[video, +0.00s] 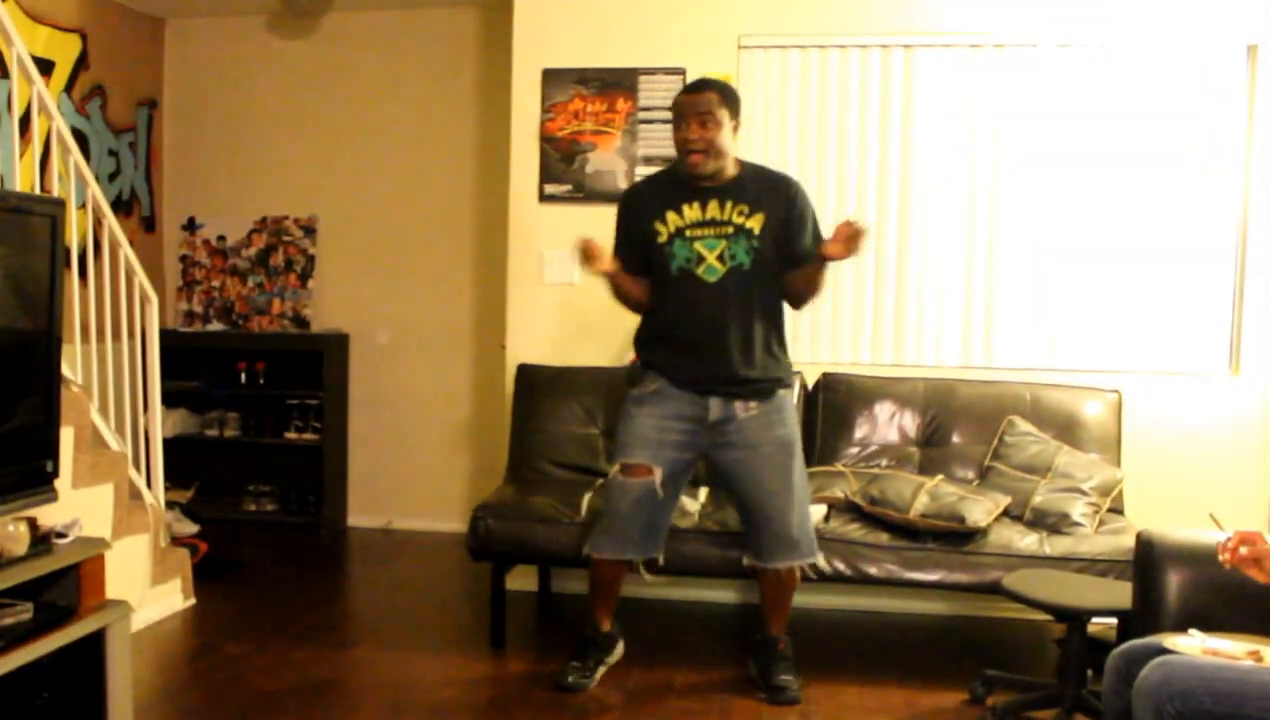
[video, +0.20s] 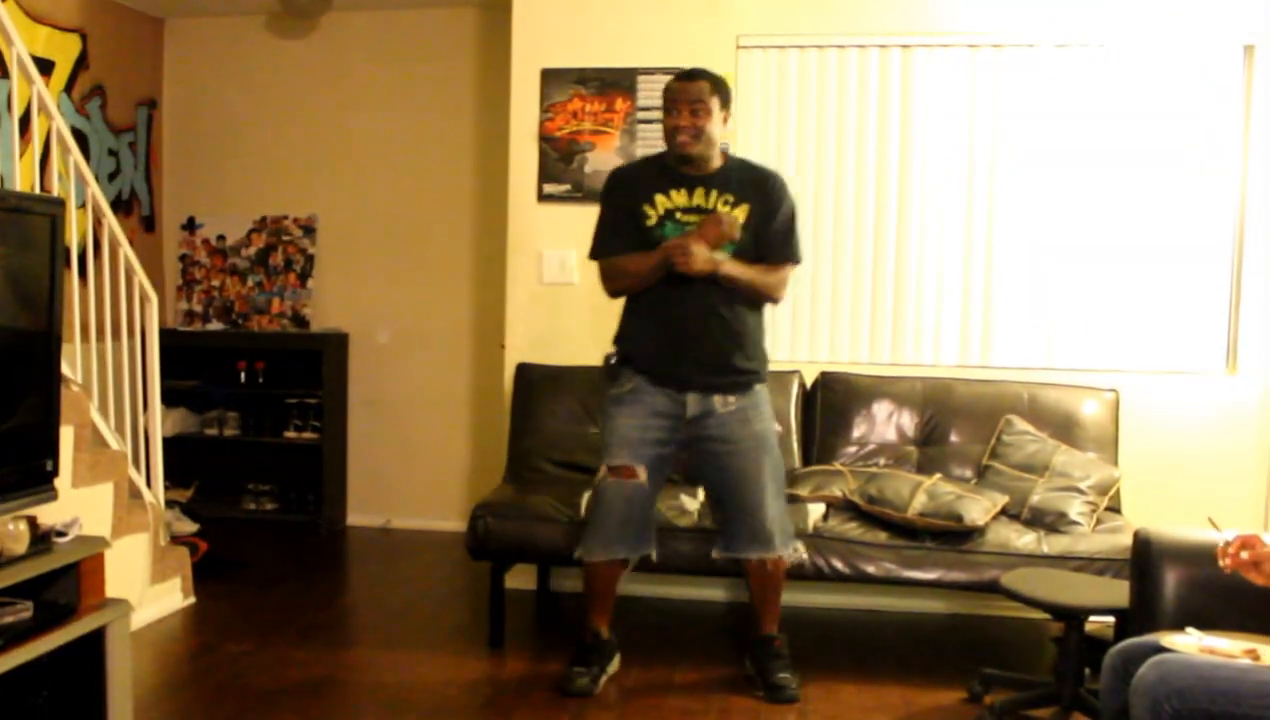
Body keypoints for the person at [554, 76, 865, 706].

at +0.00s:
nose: (692, 132)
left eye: (706, 121)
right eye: (683, 121)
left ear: (735, 129)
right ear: (671, 129)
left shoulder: (781, 196)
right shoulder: (643, 201)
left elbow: (798, 294)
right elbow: (645, 299)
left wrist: (822, 257)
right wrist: (609, 270)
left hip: (758, 393)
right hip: (665, 389)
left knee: (783, 531)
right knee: (624, 504)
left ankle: (774, 646)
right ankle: (599, 635)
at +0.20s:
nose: (684, 121)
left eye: (697, 110)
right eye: (674, 111)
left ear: (723, 117)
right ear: (662, 119)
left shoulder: (764, 190)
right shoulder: (628, 185)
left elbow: (775, 286)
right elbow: (612, 279)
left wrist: (716, 264)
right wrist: (678, 248)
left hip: (736, 388)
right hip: (643, 384)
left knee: (765, 523)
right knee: (615, 499)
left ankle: (769, 644)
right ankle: (596, 641)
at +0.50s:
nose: (680, 112)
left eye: (694, 102)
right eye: (670, 102)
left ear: (723, 111)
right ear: (659, 113)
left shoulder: (763, 181)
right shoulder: (625, 183)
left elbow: (792, 271)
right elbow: (593, 278)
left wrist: (801, 254)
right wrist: (602, 241)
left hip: (741, 382)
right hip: (648, 380)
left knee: (768, 524)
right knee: (614, 502)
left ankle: (776, 650)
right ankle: (597, 641)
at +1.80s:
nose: (656, 107)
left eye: (669, 94)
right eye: (641, 94)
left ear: (689, 101)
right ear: (621, 103)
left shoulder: (731, 180)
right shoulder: (583, 180)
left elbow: (775, 271)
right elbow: (549, 280)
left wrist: (743, 329)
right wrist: (620, 280)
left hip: (700, 403)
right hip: (602, 398)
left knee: (737, 557)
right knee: (580, 542)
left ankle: (754, 673)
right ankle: (549, 699)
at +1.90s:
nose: (639, 111)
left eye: (651, 97)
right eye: (625, 99)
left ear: (671, 100)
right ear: (602, 105)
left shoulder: (714, 164)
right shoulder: (567, 177)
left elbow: (760, 265)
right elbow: (527, 279)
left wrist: (786, 368)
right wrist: (601, 291)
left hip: (660, 391)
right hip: (568, 383)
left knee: (656, 542)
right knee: (549, 532)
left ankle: (720, 662)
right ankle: (546, 695)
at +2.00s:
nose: (628, 115)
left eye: (639, 101)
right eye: (613, 103)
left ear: (658, 100)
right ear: (589, 107)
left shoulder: (704, 156)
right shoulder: (559, 178)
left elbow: (753, 261)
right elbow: (520, 282)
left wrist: (797, 364)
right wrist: (569, 336)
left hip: (636, 390)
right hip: (549, 380)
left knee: (583, 536)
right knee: (530, 538)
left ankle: (631, 672)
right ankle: (543, 697)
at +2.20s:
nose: (613, 121)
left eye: (627, 108)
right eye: (599, 107)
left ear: (646, 106)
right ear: (573, 105)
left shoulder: (688, 171)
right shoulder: (534, 177)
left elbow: (738, 265)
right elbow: (515, 283)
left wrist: (751, 362)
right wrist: (489, 384)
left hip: (646, 393)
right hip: (552, 389)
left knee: (647, 565)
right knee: (524, 552)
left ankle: (626, 687)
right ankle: (546, 697)